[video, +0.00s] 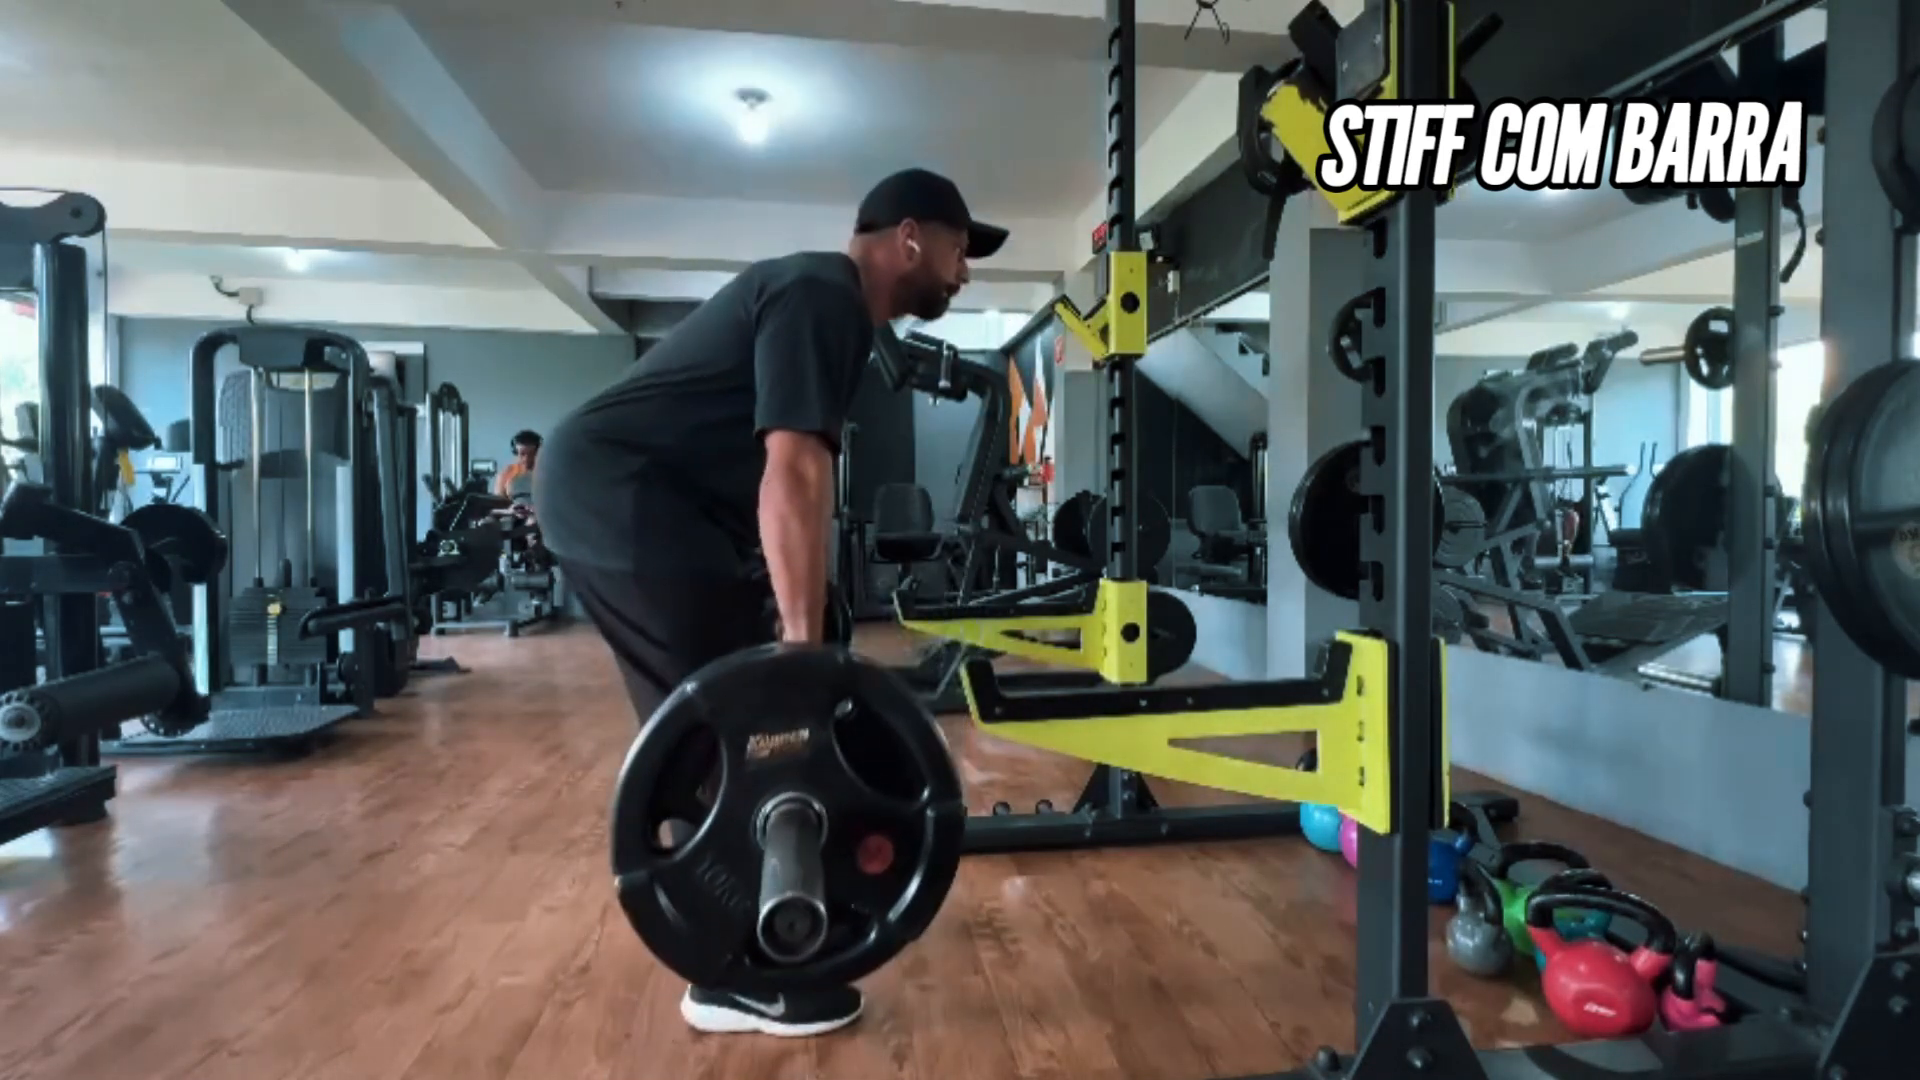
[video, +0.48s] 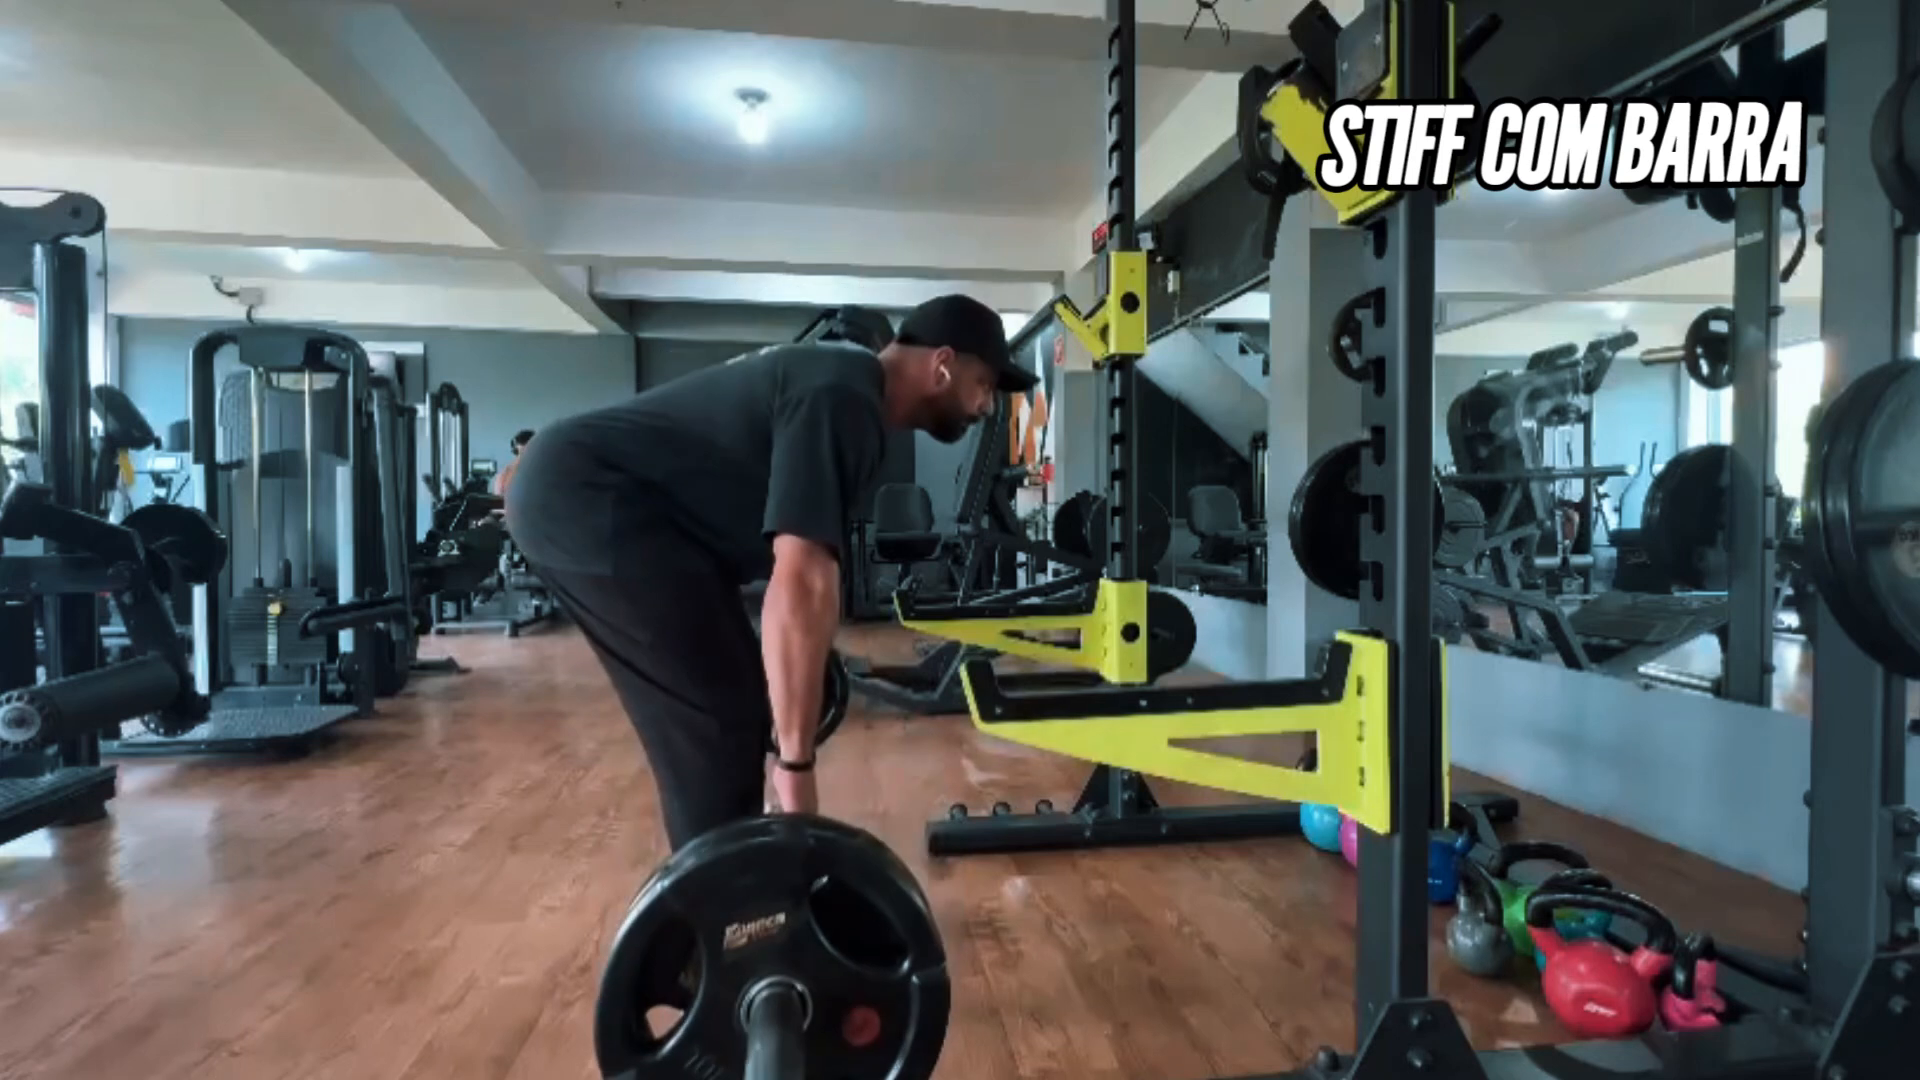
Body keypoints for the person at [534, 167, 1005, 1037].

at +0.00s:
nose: (967, 272)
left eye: (970, 256)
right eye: (960, 250)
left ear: (899, 243)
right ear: (908, 237)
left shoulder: (830, 307)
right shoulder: (817, 292)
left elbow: (796, 476)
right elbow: (793, 470)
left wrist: (803, 639)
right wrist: (804, 645)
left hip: (627, 489)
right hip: (625, 488)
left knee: (711, 719)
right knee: (745, 710)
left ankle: (733, 959)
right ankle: (737, 973)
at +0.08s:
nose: (971, 299)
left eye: (975, 282)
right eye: (966, 277)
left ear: (910, 266)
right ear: (913, 261)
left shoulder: (836, 326)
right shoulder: (820, 308)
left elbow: (800, 494)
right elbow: (796, 490)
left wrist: (802, 657)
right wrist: (805, 668)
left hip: (602, 487)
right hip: (612, 487)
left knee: (688, 722)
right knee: (747, 707)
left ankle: (716, 945)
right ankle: (767, 943)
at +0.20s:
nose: (978, 341)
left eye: (983, 323)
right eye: (976, 316)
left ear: (923, 301)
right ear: (930, 300)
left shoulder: (835, 345)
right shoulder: (829, 343)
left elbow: (805, 520)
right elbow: (799, 520)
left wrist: (796, 686)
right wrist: (800, 701)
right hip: (597, 487)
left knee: (716, 695)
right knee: (726, 699)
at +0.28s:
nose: (982, 360)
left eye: (987, 343)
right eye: (980, 336)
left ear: (928, 319)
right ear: (933, 318)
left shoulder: (836, 355)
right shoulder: (830, 354)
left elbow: (807, 533)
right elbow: (799, 537)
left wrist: (793, 697)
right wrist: (798, 718)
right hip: (592, 491)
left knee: (726, 704)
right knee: (726, 708)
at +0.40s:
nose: (986, 391)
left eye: (992, 377)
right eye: (985, 370)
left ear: (934, 348)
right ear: (940, 348)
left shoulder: (842, 383)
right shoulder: (833, 381)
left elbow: (813, 562)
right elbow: (801, 566)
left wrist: (790, 734)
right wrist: (796, 751)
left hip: (592, 490)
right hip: (589, 492)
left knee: (717, 713)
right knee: (725, 711)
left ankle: (707, 927)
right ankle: (717, 932)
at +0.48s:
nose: (989, 406)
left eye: (996, 392)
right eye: (988, 384)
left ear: (937, 362)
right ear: (942, 361)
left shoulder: (846, 397)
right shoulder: (836, 392)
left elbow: (814, 576)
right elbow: (801, 579)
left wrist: (789, 747)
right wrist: (795, 764)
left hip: (590, 491)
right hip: (584, 493)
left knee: (721, 716)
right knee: (725, 717)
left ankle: (720, 935)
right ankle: (724, 941)